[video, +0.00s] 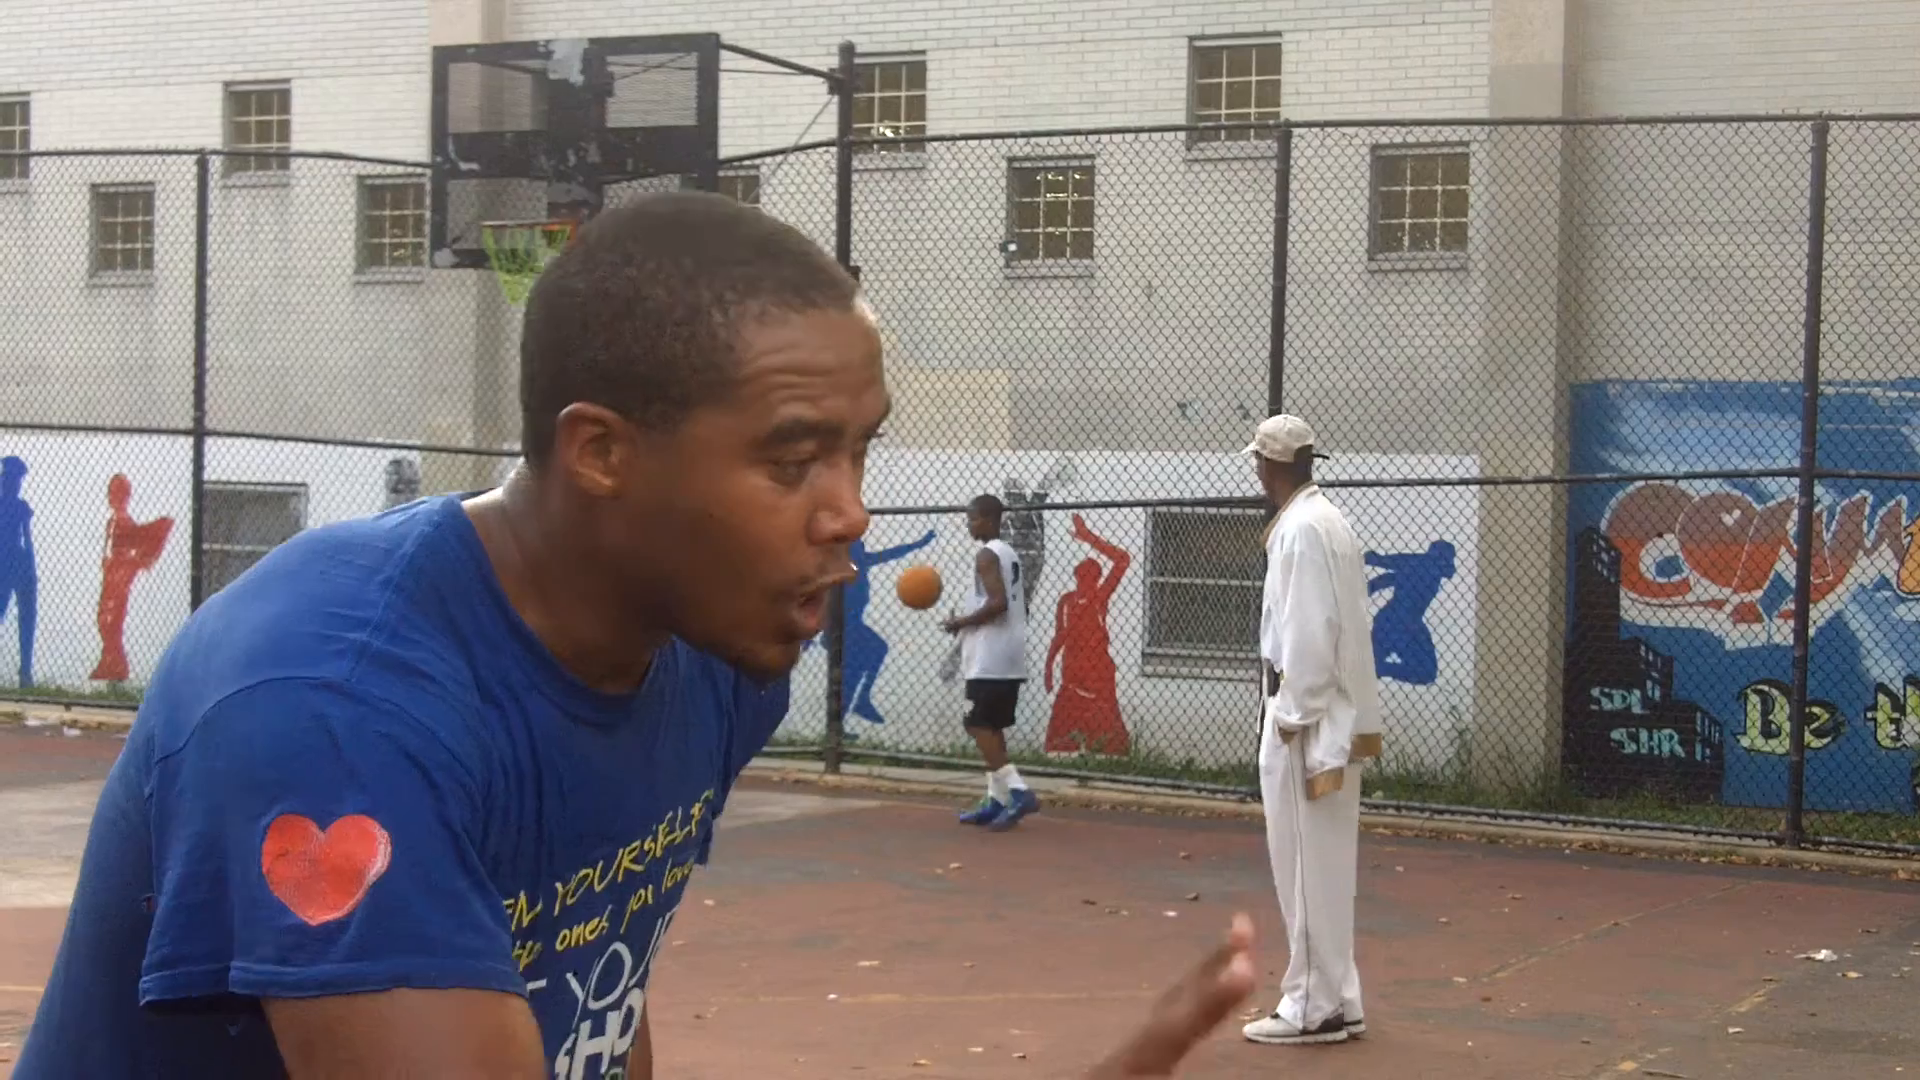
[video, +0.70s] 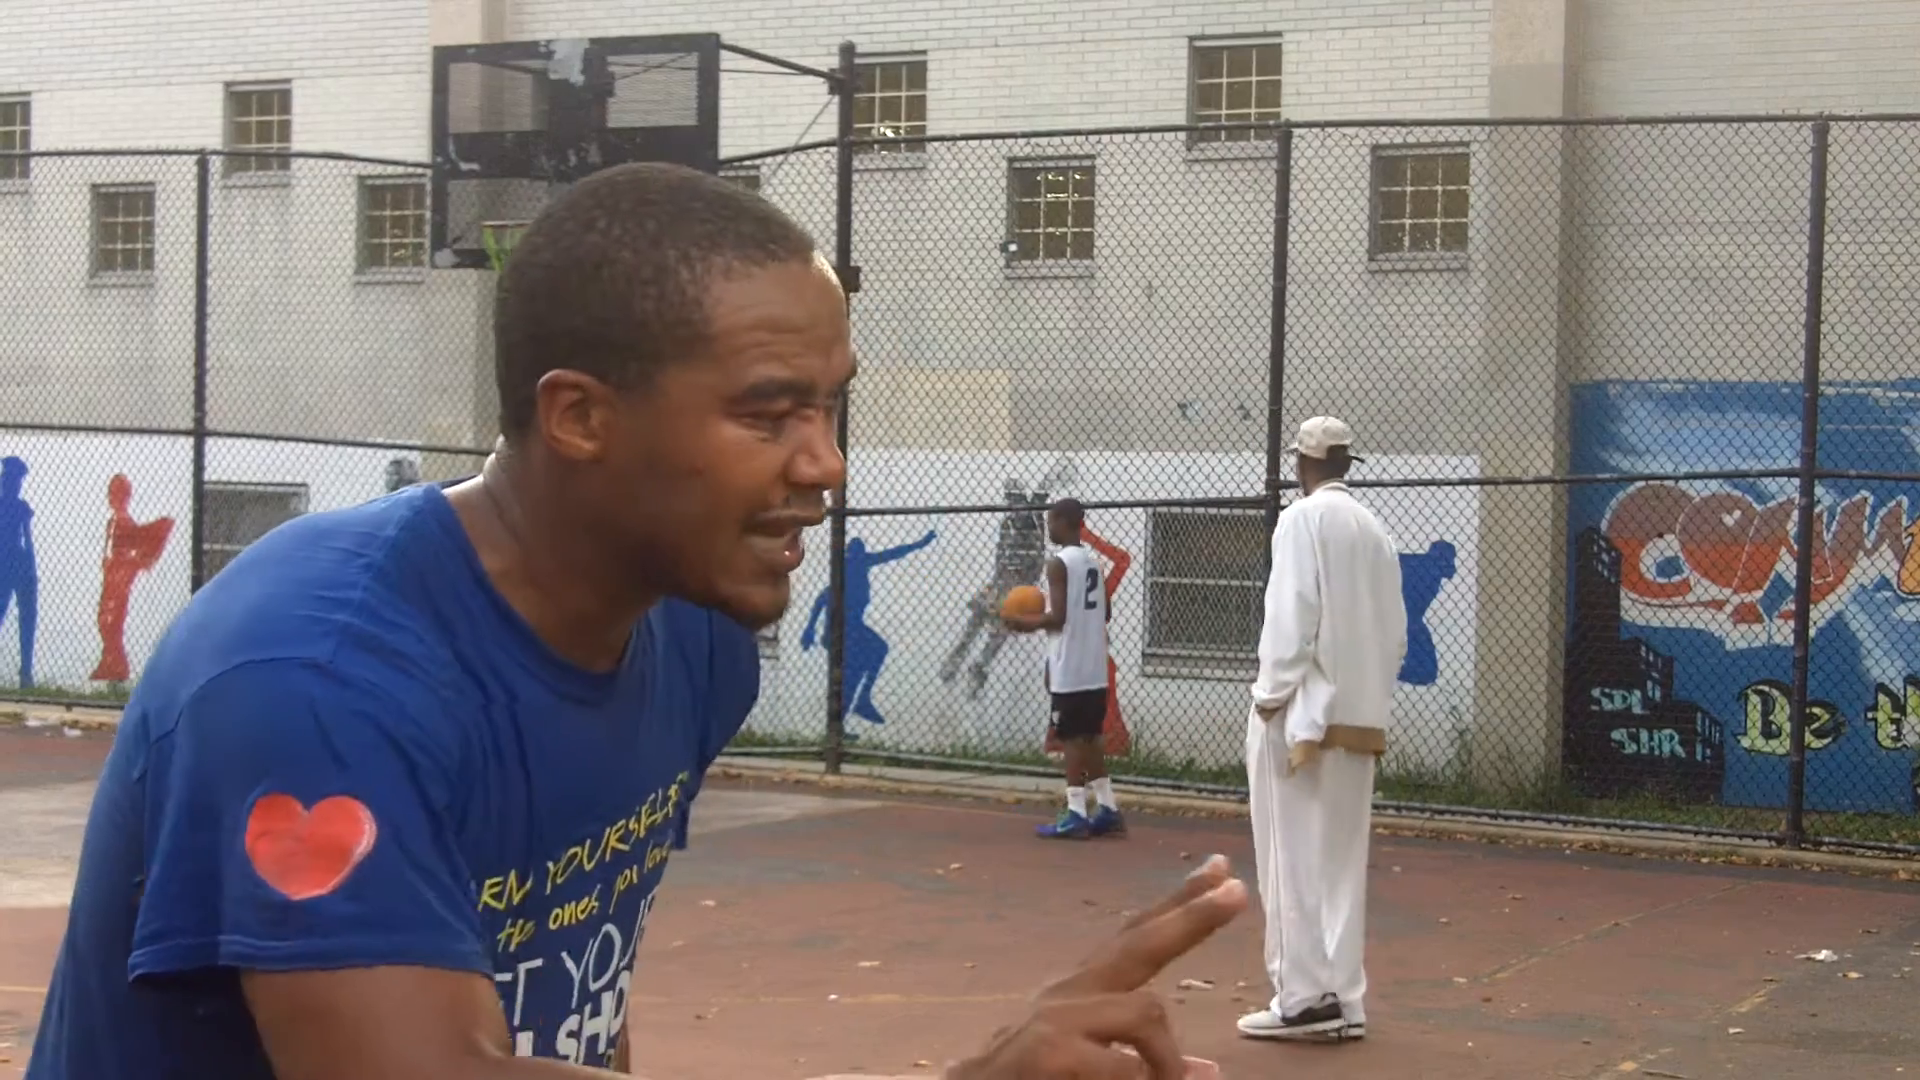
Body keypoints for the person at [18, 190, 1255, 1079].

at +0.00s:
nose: (855, 519)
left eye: (859, 453)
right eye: (795, 458)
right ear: (598, 456)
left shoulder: (719, 652)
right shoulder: (321, 706)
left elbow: (585, 990)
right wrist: (1109, 1066)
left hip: (545, 1048)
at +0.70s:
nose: (825, 469)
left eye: (831, 412)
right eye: (769, 411)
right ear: (575, 418)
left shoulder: (700, 640)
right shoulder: (307, 681)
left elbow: (556, 981)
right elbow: (428, 1067)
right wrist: (971, 1075)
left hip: (537, 1043)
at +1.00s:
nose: (677, 486)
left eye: (727, 425)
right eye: (612, 415)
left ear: (755, 427)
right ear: (467, 393)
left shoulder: (685, 632)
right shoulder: (246, 698)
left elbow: (572, 989)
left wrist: (597, 1065)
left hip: (534, 1053)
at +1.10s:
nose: (652, 552)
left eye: (709, 484)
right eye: (593, 471)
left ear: (744, 470)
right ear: (450, 431)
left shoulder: (670, 650)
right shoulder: (210, 736)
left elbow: (544, 983)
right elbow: (162, 1050)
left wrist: (579, 1070)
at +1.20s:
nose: (629, 652)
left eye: (687, 583)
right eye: (567, 571)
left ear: (725, 550)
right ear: (428, 498)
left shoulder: (664, 684)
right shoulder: (163, 796)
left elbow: (538, 989)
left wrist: (548, 1064)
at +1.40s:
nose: (613, 768)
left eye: (664, 694)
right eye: (545, 697)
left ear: (696, 642)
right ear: (382, 607)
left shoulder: (611, 756)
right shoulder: (105, 899)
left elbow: (478, 1013)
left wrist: (479, 1069)